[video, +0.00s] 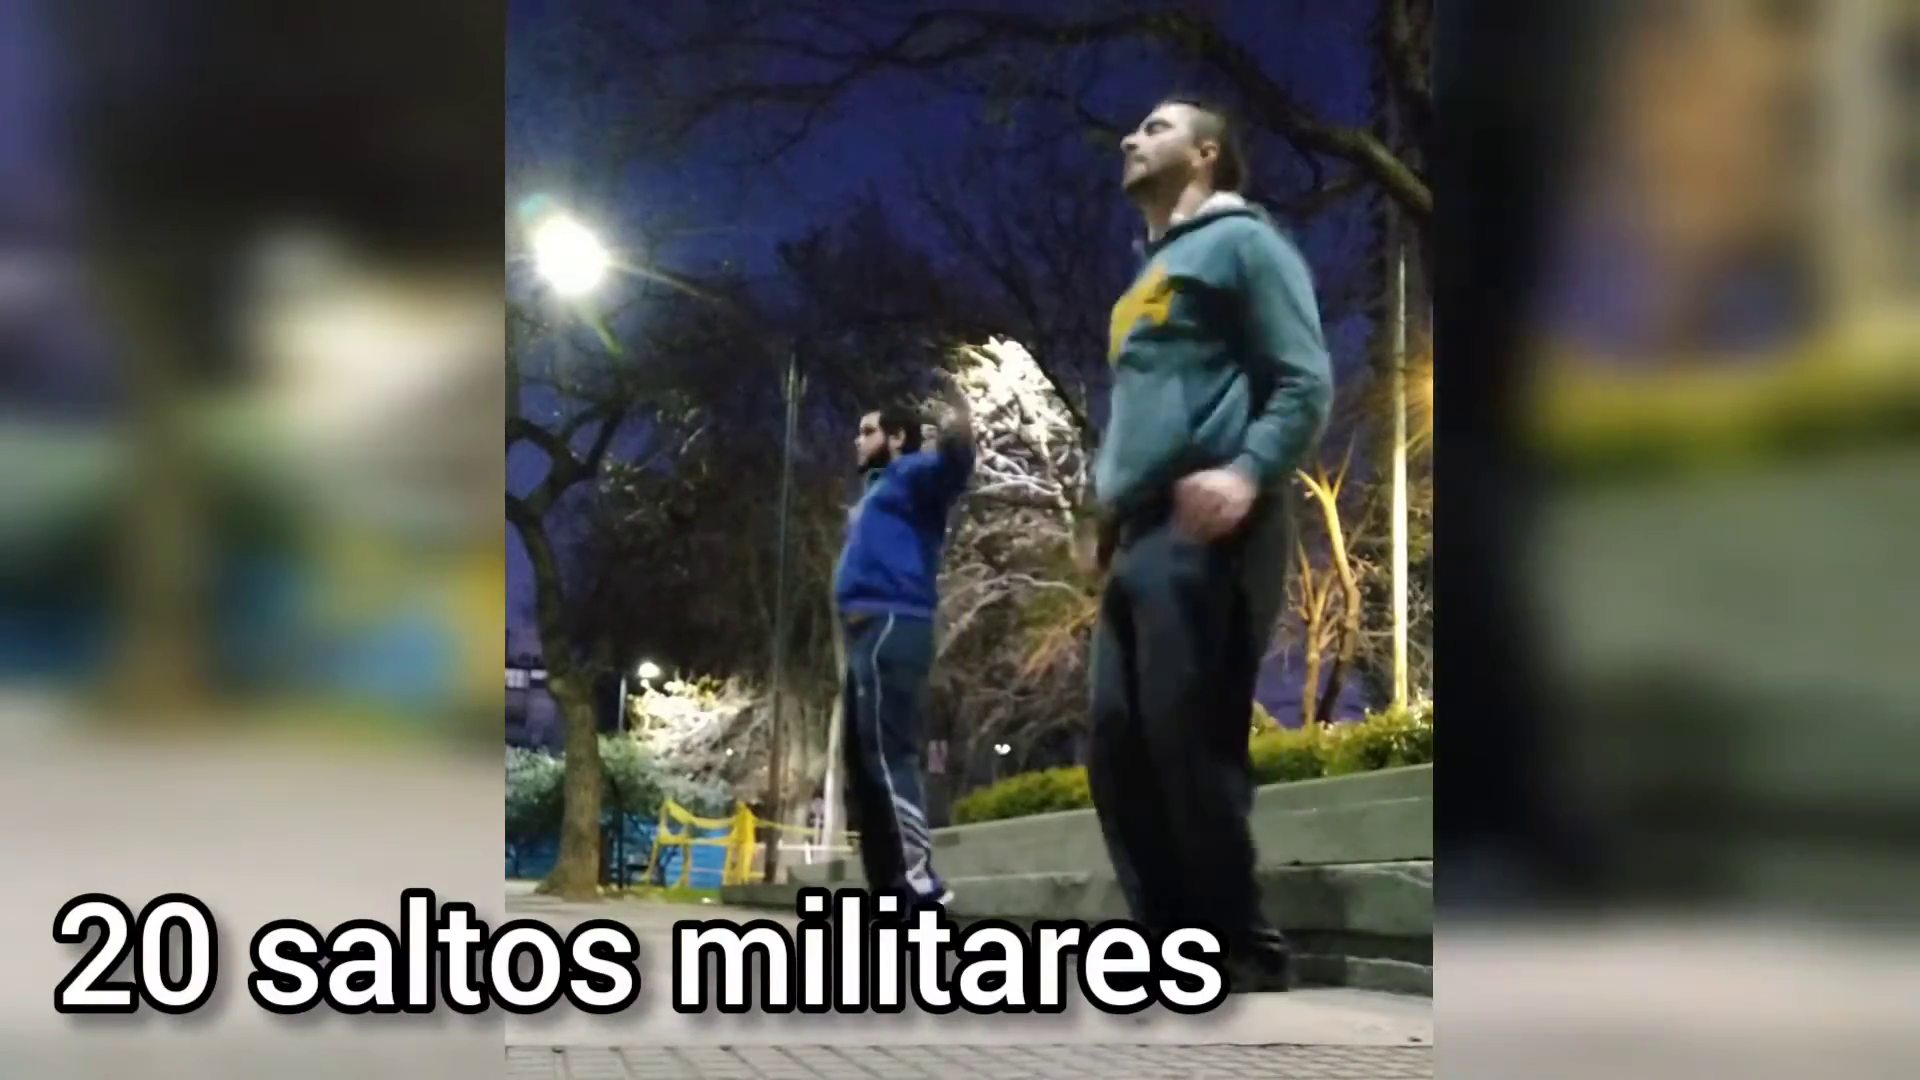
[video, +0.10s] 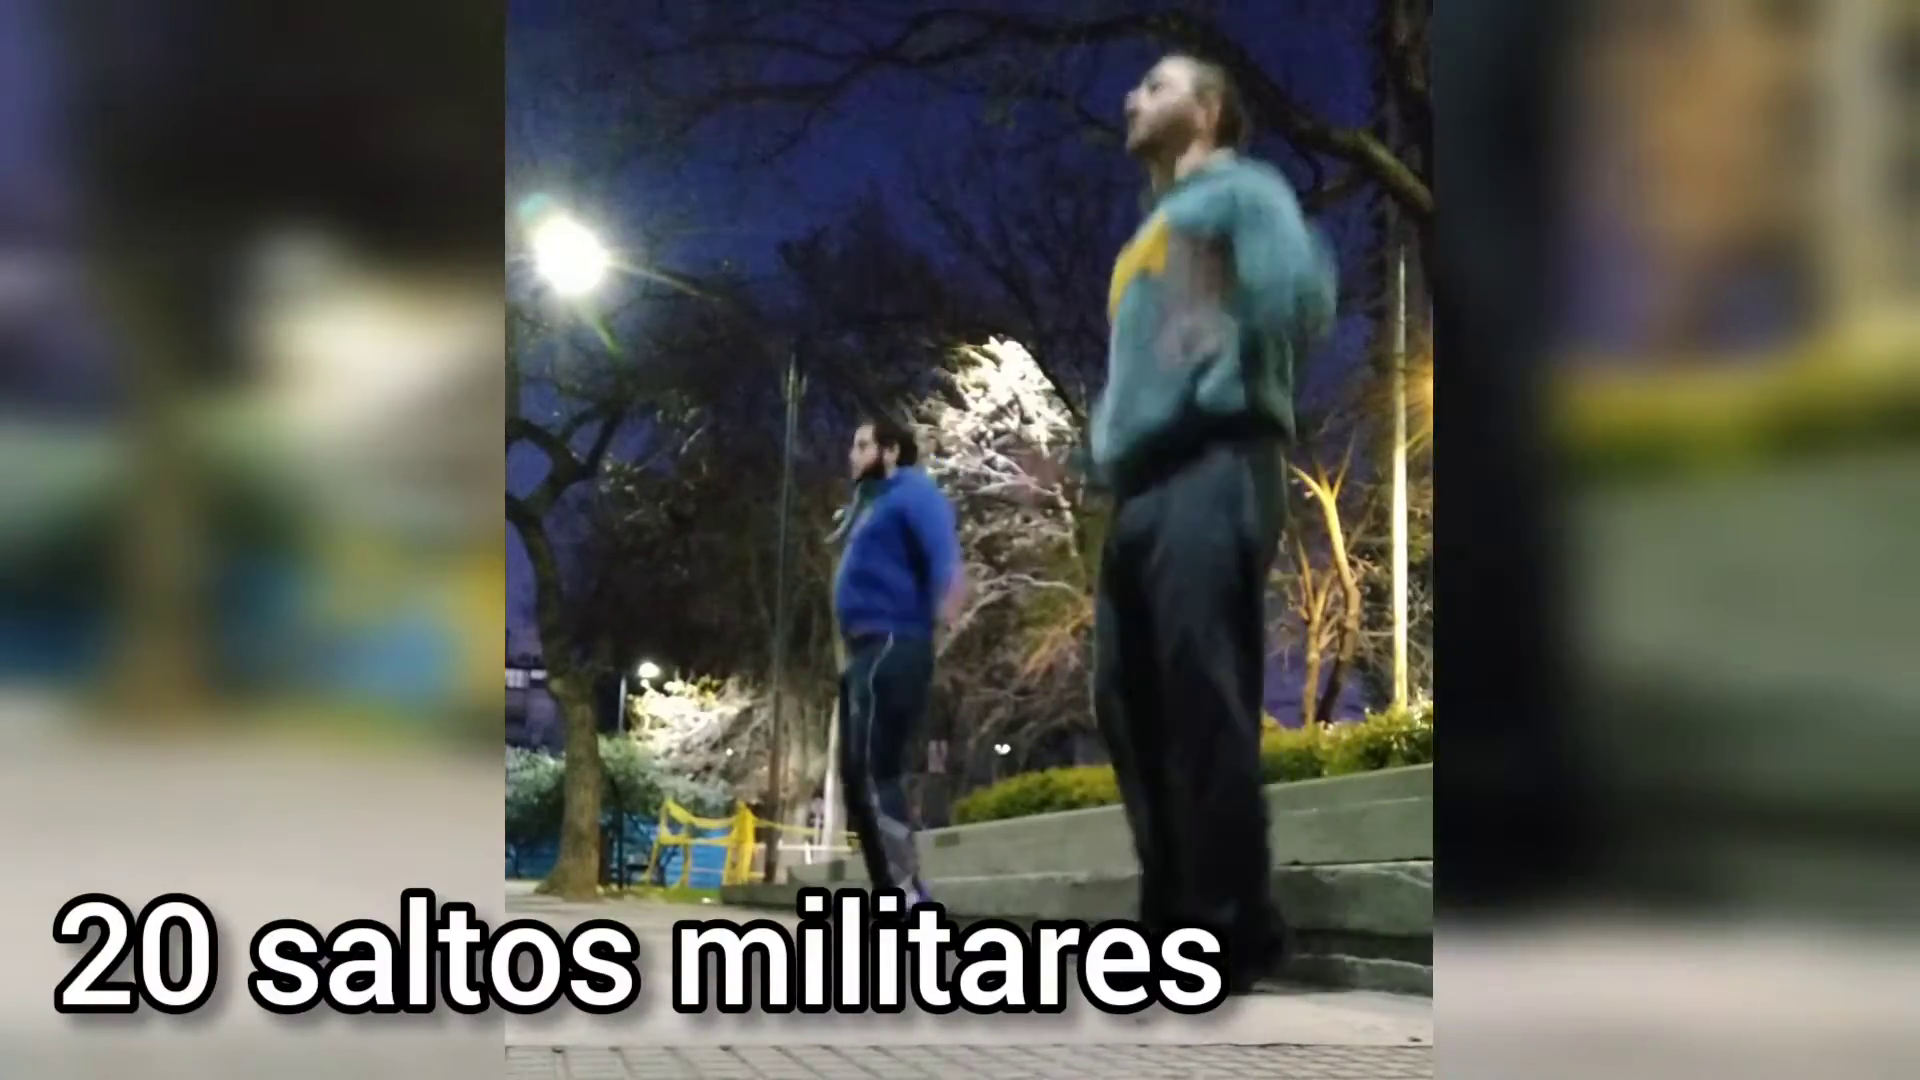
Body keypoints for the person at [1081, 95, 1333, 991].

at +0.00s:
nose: (1132, 138)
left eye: (1155, 126)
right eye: (1133, 129)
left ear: (1205, 152)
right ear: (1150, 164)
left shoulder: (1244, 240)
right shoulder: (1155, 264)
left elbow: (1305, 382)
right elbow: (1151, 402)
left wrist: (1247, 470)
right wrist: (1116, 511)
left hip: (1205, 523)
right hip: (1137, 532)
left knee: (1191, 739)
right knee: (1118, 749)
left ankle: (1232, 950)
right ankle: (1173, 951)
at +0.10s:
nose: (1136, 97)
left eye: (1158, 82)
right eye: (1136, 87)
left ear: (1209, 110)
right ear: (1147, 124)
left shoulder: (1243, 187)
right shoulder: (1147, 229)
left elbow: (1295, 292)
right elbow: (1136, 356)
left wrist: (1251, 389)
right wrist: (1112, 443)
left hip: (1213, 467)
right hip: (1139, 483)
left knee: (1202, 691)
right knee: (1127, 700)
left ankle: (1234, 933)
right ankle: (1170, 929)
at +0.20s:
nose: (1133, 81)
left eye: (1155, 65)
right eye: (1138, 68)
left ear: (1208, 87)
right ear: (1162, 101)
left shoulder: (1237, 167)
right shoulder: (1143, 220)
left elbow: (1302, 165)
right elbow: (1115, 358)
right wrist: (1013, 342)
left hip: (1215, 429)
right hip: (1143, 452)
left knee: (1221, 660)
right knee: (1128, 684)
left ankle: (1270, 902)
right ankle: (1141, 909)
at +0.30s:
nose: (1134, 95)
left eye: (1155, 84)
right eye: (1138, 86)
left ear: (1209, 104)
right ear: (1161, 116)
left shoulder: (1233, 172)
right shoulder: (1134, 226)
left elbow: (1281, 62)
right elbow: (1089, 289)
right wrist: (1036, 200)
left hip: (1211, 444)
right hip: (1138, 465)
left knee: (1235, 669)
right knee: (1108, 717)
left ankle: (1319, 920)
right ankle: (1106, 934)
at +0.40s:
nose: (1133, 137)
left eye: (1151, 125)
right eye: (1128, 130)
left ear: (1194, 141)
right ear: (1122, 164)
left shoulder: (1221, 207)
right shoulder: (1113, 261)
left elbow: (1263, 51)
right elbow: (1076, 237)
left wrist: (1214, 18)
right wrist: (1094, 148)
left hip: (1207, 503)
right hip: (1135, 523)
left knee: (1244, 719)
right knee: (1089, 752)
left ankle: (1357, 950)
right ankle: (1103, 955)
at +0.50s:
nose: (1135, 156)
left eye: (1154, 143)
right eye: (1128, 147)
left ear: (1194, 161)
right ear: (1118, 172)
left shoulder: (1226, 218)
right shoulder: (1113, 264)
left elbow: (1276, 48)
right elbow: (1082, 223)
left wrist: (1191, 20)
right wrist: (1104, 139)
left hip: (1204, 506)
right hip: (1129, 528)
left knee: (1219, 746)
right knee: (1079, 762)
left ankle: (1353, 954)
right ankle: (1107, 959)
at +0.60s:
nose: (1129, 105)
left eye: (1151, 92)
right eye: (1132, 95)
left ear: (1204, 111)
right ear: (1141, 123)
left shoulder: (1228, 177)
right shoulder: (1125, 235)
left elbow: (1298, 57)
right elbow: (1085, 263)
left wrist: (1301, 7)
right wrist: (1035, 179)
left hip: (1199, 452)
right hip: (1127, 478)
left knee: (1220, 690)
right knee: (1096, 726)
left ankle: (1322, 933)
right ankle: (1092, 944)